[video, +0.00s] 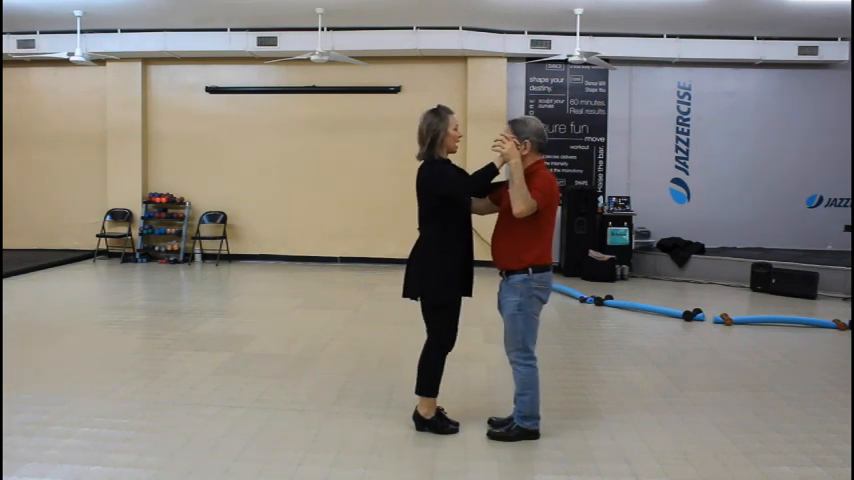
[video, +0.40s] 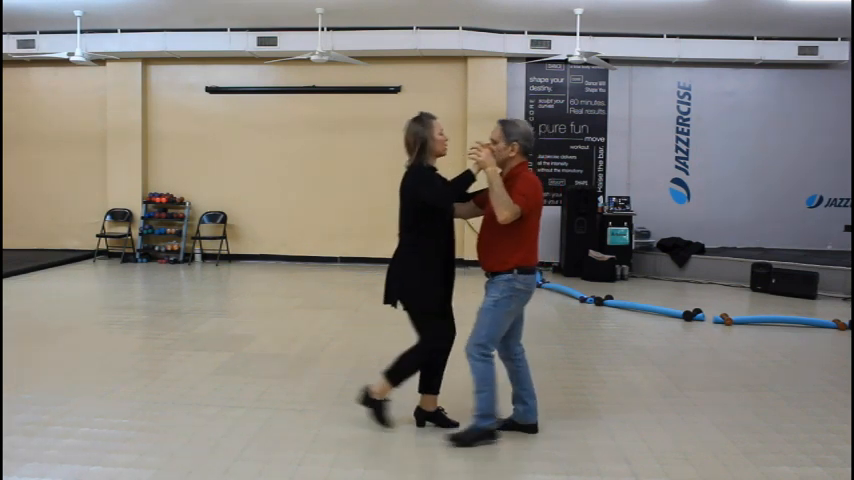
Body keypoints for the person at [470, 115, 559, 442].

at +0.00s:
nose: (501, 147)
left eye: (507, 141)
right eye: (502, 141)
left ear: (525, 146)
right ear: (525, 146)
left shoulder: (544, 179)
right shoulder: (519, 180)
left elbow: (521, 208)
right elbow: (481, 204)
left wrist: (514, 163)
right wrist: (448, 191)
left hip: (529, 278)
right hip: (514, 276)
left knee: (522, 353)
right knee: (516, 352)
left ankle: (527, 423)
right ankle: (522, 415)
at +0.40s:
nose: (487, 148)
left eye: (494, 143)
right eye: (489, 142)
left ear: (513, 149)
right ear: (509, 149)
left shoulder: (527, 181)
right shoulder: (505, 181)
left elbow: (506, 214)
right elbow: (465, 209)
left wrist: (491, 171)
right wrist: (431, 201)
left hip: (514, 278)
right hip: (504, 277)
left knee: (478, 347)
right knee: (510, 347)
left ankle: (484, 424)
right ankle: (525, 416)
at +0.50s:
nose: (479, 153)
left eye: (485, 148)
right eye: (480, 148)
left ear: (505, 151)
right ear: (501, 151)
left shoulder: (520, 183)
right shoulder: (496, 181)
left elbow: (496, 215)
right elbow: (461, 211)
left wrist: (481, 175)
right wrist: (424, 205)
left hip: (504, 280)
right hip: (496, 278)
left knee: (472, 353)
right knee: (503, 350)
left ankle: (452, 428)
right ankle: (525, 417)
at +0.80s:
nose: (456, 160)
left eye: (461, 154)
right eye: (456, 154)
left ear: (481, 157)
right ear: (479, 157)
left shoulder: (494, 189)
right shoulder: (473, 188)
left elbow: (464, 218)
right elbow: (433, 216)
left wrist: (447, 174)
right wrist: (395, 208)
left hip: (480, 288)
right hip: (475, 286)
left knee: (437, 356)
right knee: (475, 352)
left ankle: (440, 431)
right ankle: (519, 409)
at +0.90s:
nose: (454, 155)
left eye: (459, 150)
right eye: (455, 149)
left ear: (478, 155)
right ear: (477, 156)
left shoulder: (492, 188)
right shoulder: (470, 187)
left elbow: (463, 219)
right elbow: (431, 215)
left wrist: (448, 178)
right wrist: (392, 208)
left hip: (481, 287)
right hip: (475, 285)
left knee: (439, 356)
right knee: (476, 352)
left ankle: (440, 431)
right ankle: (518, 410)